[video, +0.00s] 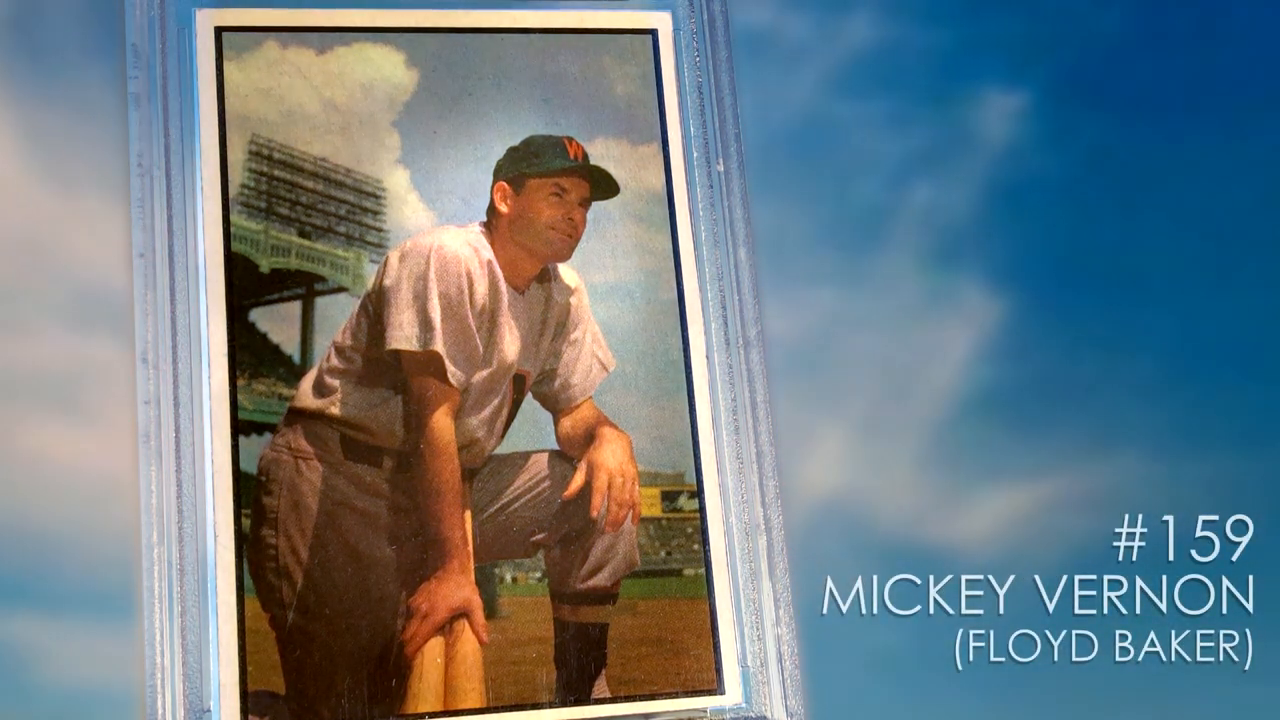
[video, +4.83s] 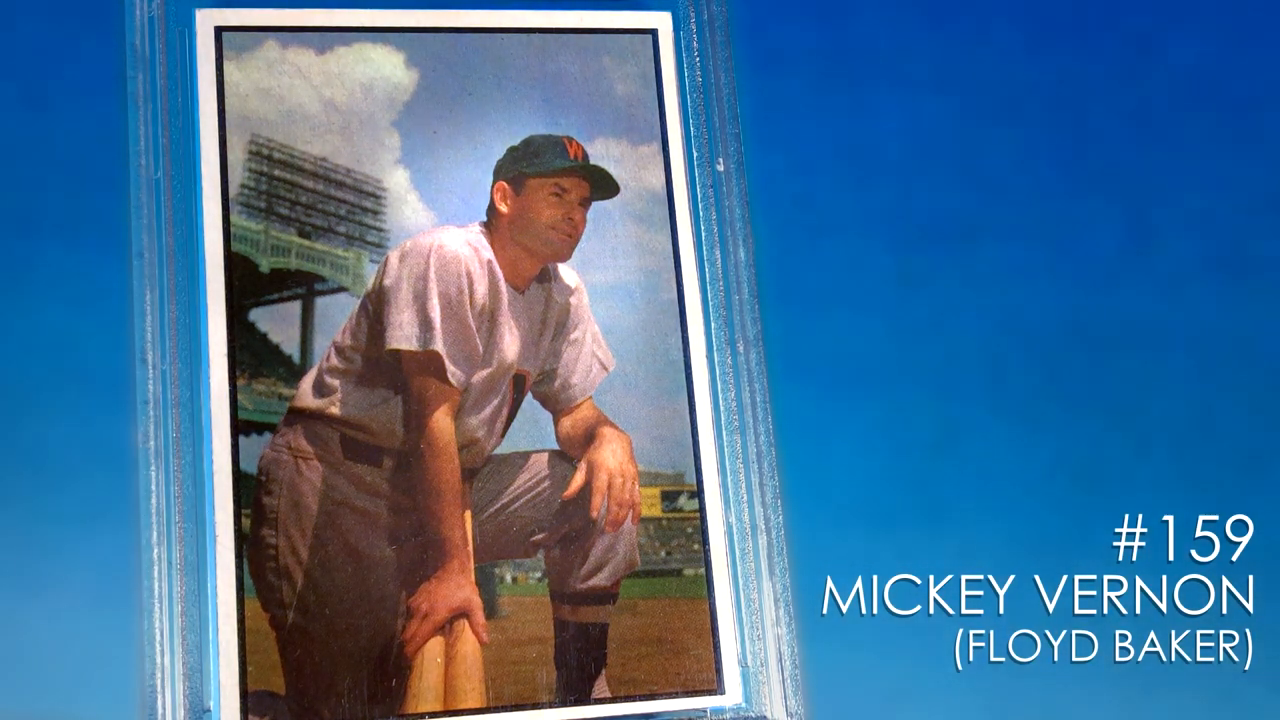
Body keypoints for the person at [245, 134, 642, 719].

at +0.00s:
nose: (576, 216)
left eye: (584, 203)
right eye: (558, 194)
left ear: (587, 217)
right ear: (505, 197)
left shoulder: (560, 296)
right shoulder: (443, 256)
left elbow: (575, 416)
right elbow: (432, 420)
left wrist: (609, 434)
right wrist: (454, 566)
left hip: (439, 487)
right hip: (334, 480)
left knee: (593, 488)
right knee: (349, 703)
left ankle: (580, 698)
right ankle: (243, 707)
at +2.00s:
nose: (577, 215)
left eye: (584, 203)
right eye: (559, 193)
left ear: (586, 217)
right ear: (505, 197)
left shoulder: (559, 295)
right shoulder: (442, 257)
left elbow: (575, 416)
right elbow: (431, 421)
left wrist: (609, 435)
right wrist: (454, 566)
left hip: (440, 487)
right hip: (335, 480)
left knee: (595, 488)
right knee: (347, 704)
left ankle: (580, 696)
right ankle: (236, 706)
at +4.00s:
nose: (576, 215)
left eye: (584, 203)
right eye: (558, 193)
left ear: (587, 217)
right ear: (504, 197)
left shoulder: (560, 296)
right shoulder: (441, 256)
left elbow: (575, 415)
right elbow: (432, 420)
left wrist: (609, 435)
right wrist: (454, 566)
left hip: (439, 486)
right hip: (334, 479)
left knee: (595, 488)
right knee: (348, 702)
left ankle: (581, 694)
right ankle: (237, 706)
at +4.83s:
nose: (576, 215)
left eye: (584, 204)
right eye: (557, 194)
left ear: (586, 217)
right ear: (505, 197)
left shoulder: (560, 296)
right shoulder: (441, 257)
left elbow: (575, 415)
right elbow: (431, 420)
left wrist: (609, 435)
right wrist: (454, 566)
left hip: (439, 487)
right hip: (334, 480)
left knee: (595, 488)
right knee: (348, 704)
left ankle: (580, 696)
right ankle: (238, 706)